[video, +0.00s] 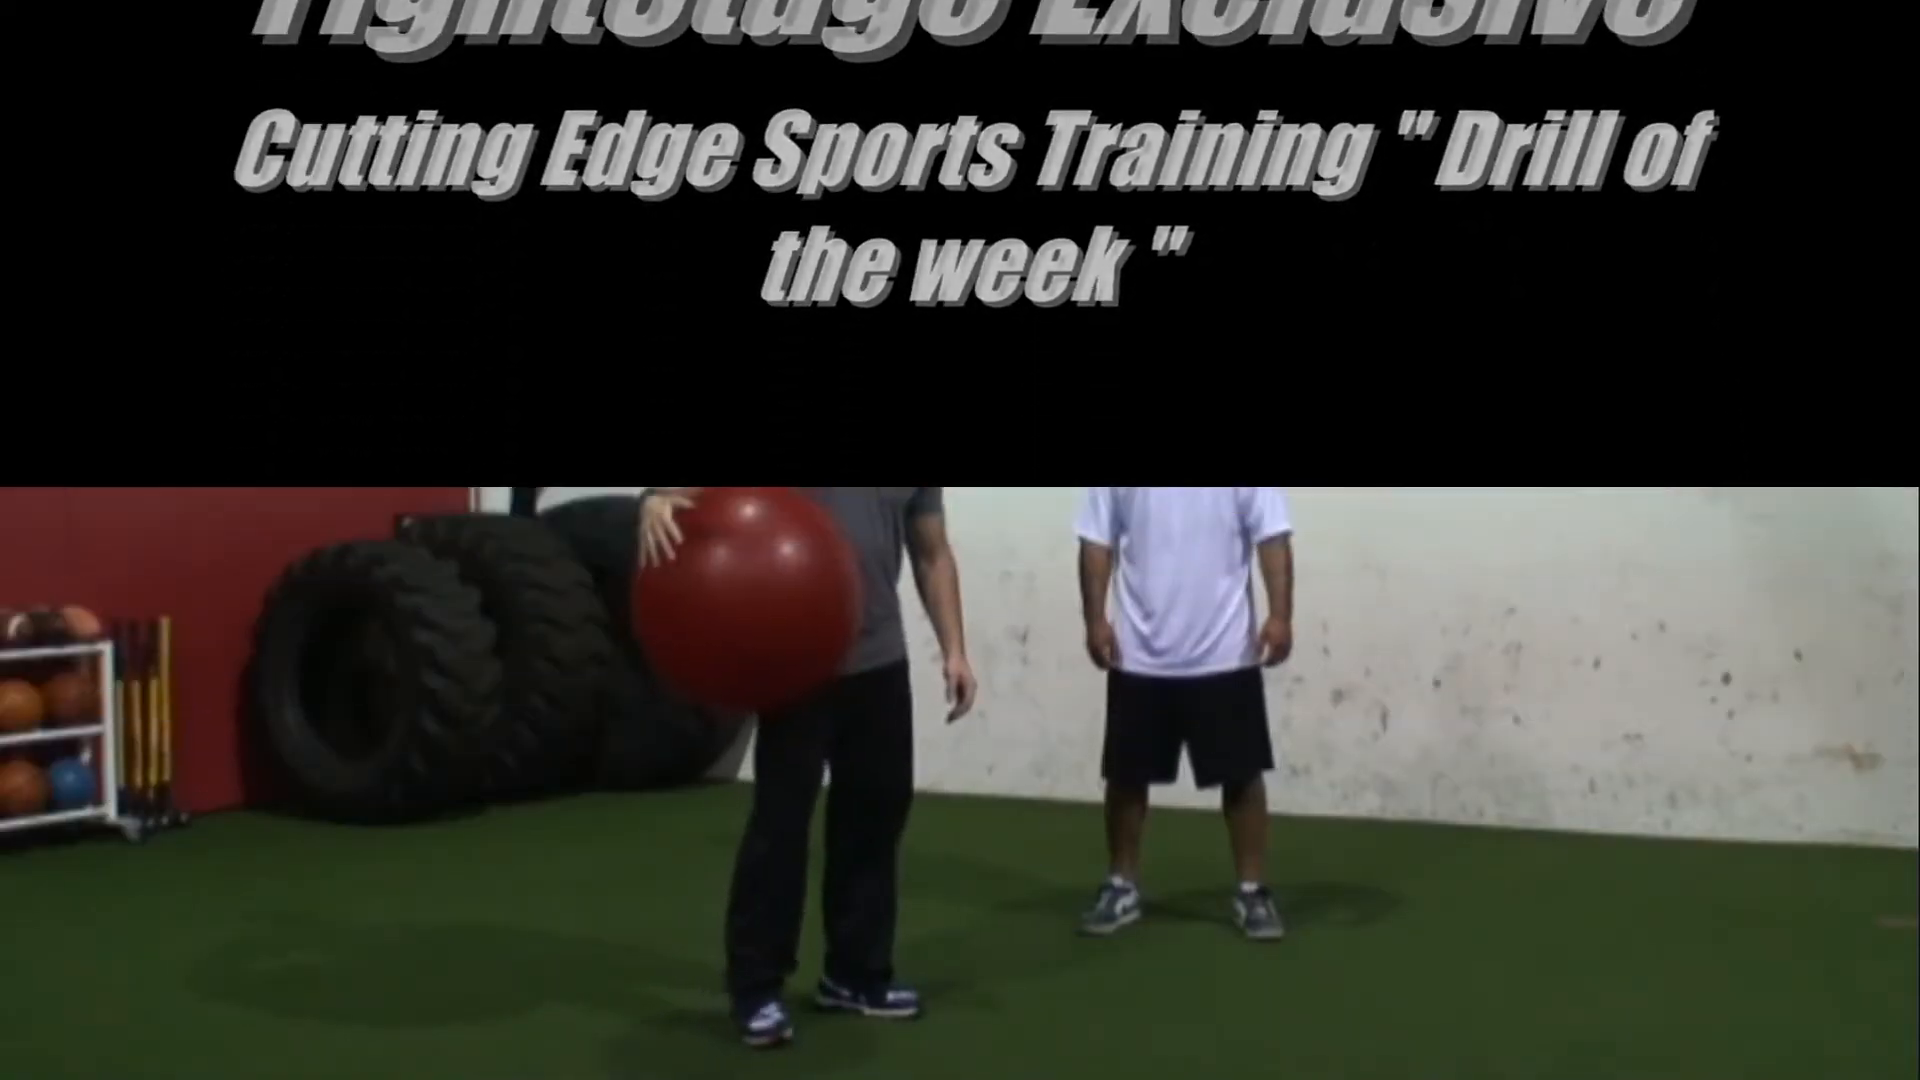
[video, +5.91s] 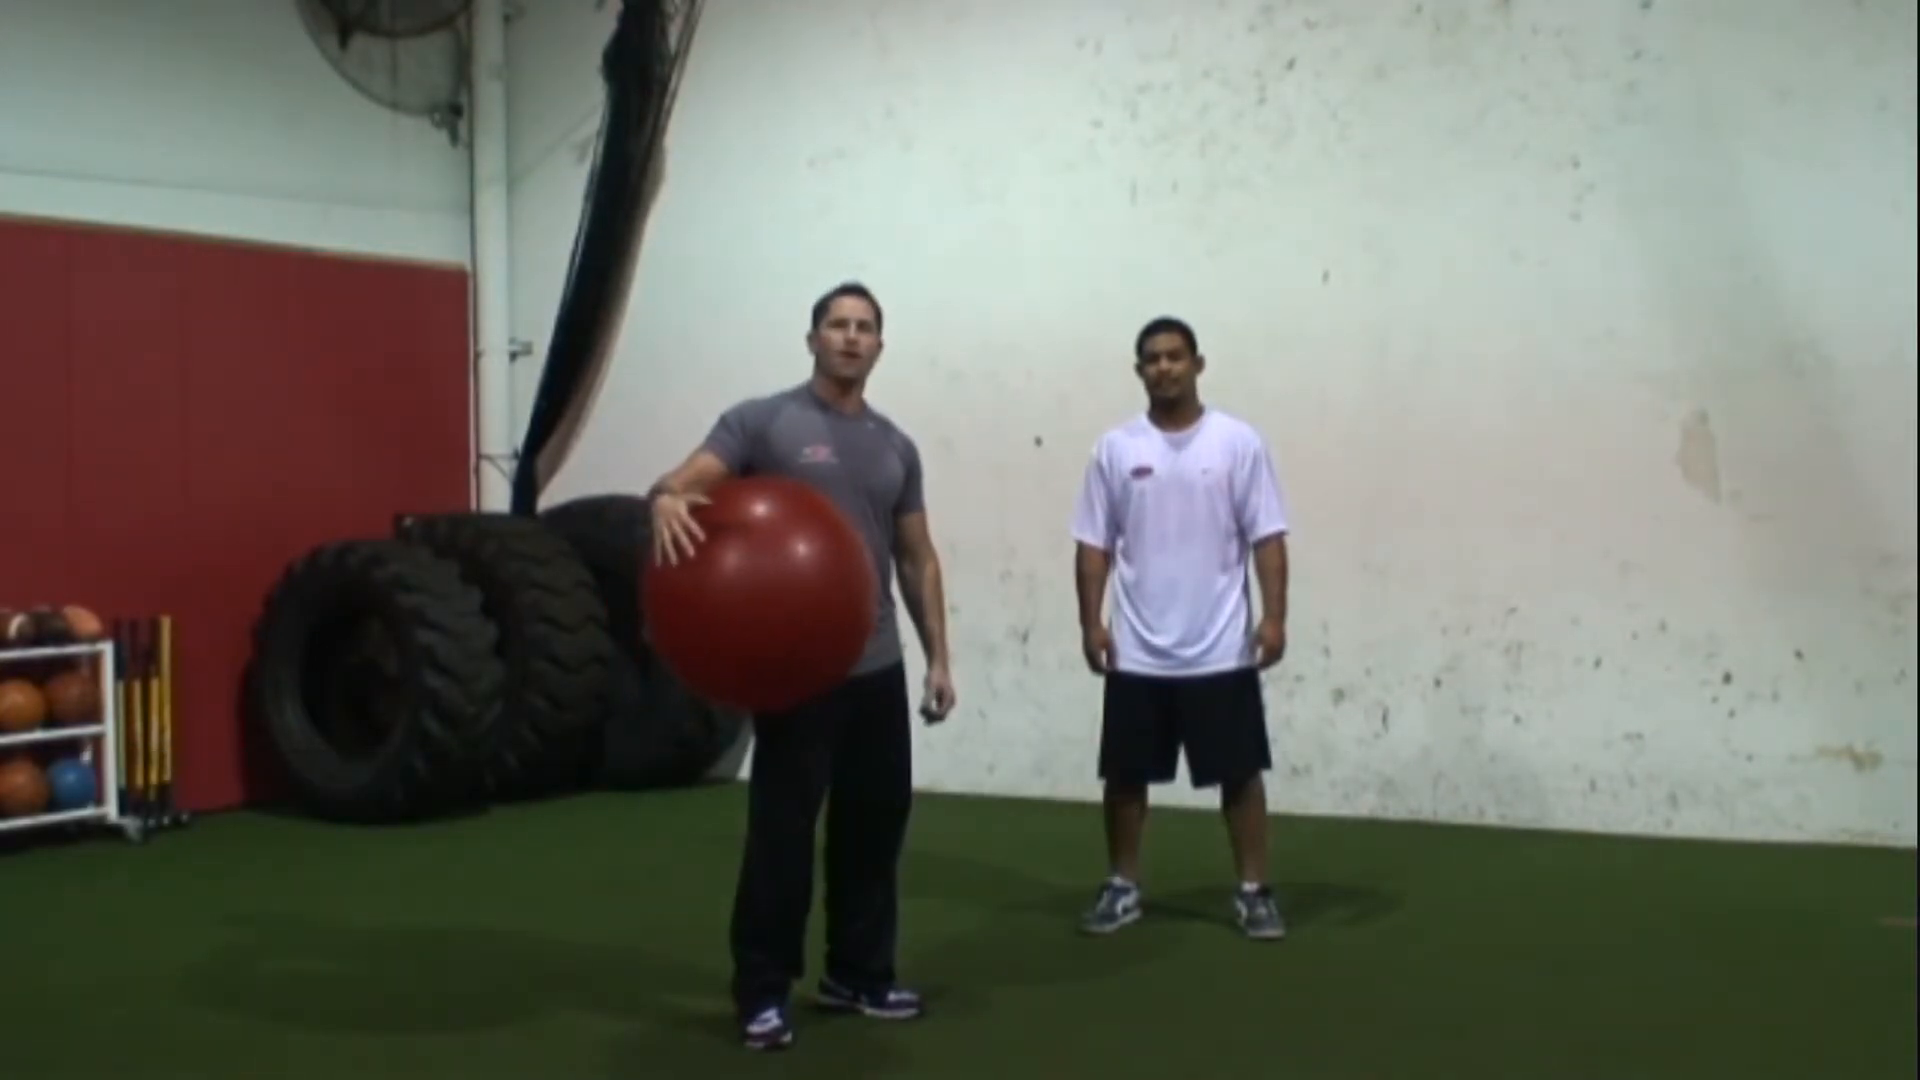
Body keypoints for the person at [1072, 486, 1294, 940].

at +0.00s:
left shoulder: (1249, 490)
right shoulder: (1113, 490)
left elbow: (1272, 534)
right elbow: (1097, 537)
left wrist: (1280, 615)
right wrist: (1095, 620)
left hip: (1223, 647)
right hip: (1141, 647)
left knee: (1242, 776)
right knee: (1126, 775)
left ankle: (1252, 891)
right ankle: (1121, 886)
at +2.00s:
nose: (1166, 366)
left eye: (1177, 356)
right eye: (1154, 358)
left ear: (1199, 364)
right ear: (1140, 371)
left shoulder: (1240, 442)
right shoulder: (1117, 447)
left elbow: (1269, 534)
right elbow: (1094, 540)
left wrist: (1277, 614)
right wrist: (1093, 622)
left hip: (1222, 647)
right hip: (1141, 648)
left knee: (1241, 777)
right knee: (1125, 778)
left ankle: (1252, 886)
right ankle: (1123, 883)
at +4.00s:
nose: (1165, 367)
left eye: (1176, 356)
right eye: (1153, 359)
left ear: (1198, 364)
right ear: (1140, 372)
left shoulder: (1241, 442)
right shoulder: (1116, 447)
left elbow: (1270, 533)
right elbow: (1092, 540)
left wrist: (1278, 612)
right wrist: (1090, 621)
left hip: (1222, 646)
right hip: (1140, 647)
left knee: (1245, 779)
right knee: (1124, 780)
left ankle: (1254, 889)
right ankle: (1122, 885)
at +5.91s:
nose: (1163, 367)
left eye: (1174, 357)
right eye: (1152, 359)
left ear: (1198, 365)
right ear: (1139, 371)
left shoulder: (1239, 443)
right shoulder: (1116, 449)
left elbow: (1267, 535)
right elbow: (1093, 540)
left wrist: (1274, 616)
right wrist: (1091, 622)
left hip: (1220, 645)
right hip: (1138, 646)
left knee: (1242, 776)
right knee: (1123, 777)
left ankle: (1254, 888)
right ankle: (1122, 884)